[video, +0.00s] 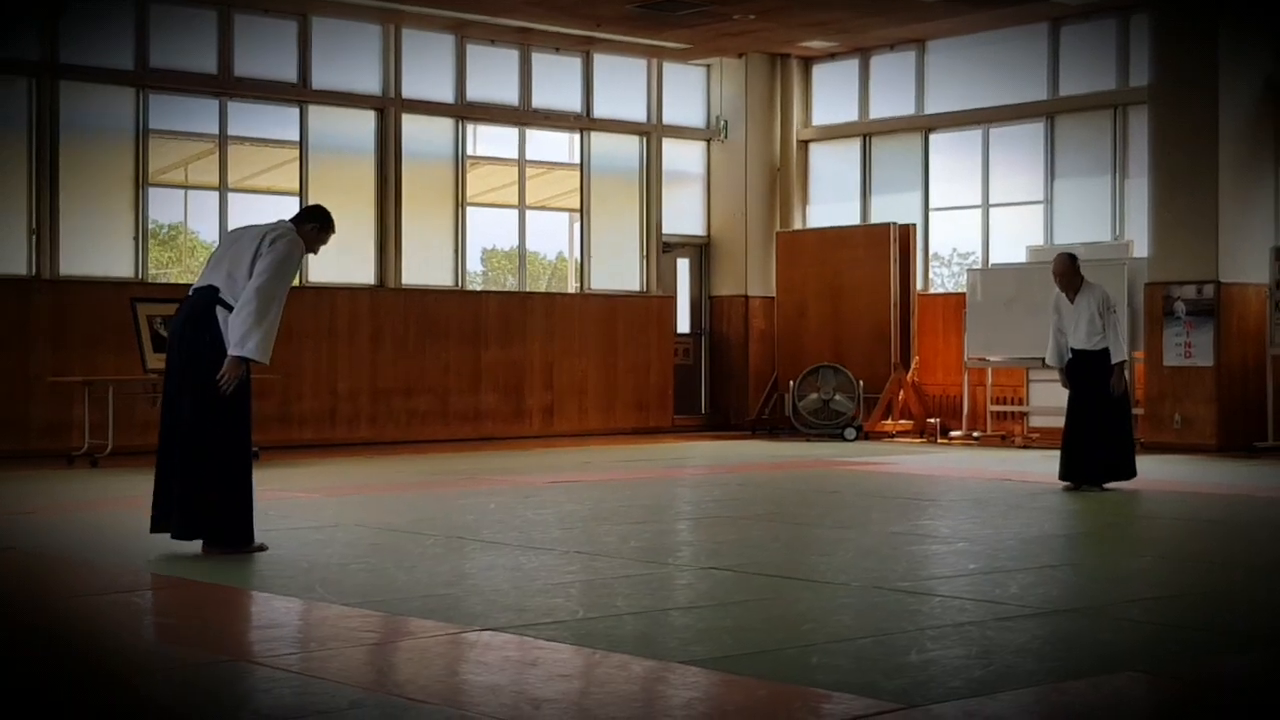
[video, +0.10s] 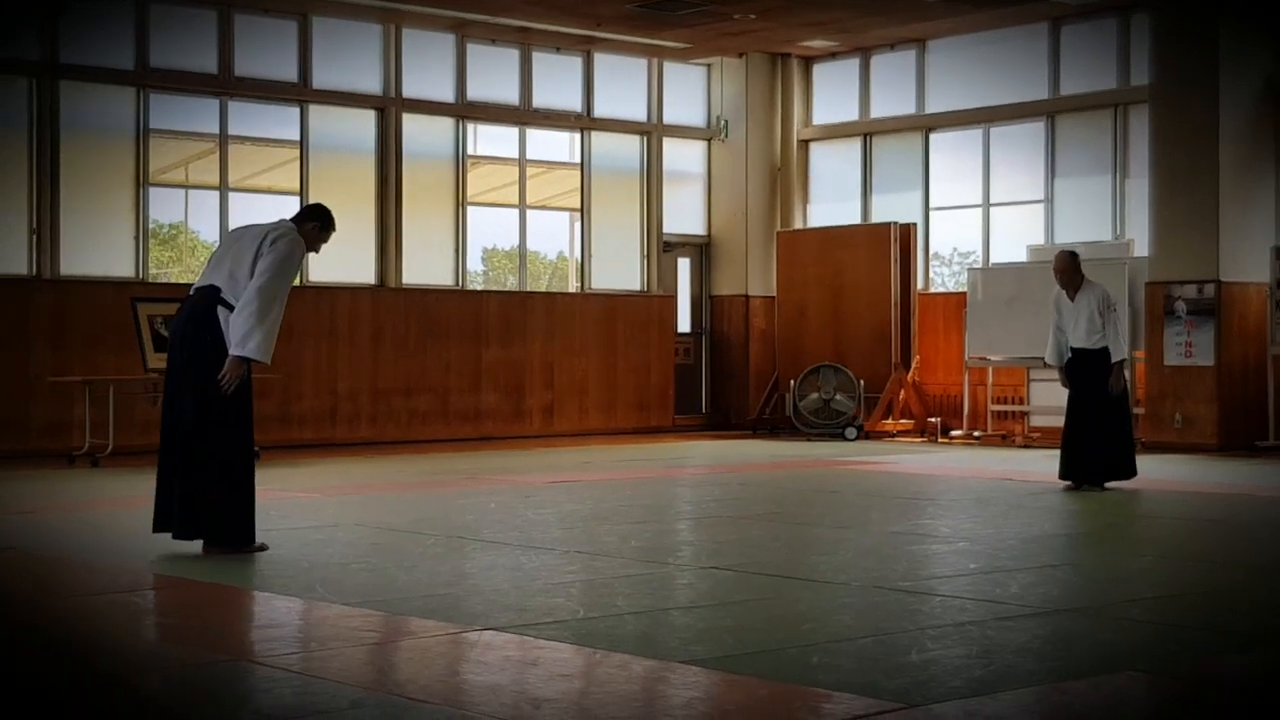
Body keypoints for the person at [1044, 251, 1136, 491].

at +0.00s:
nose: (1058, 281)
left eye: (1062, 275)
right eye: (1055, 276)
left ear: (1076, 271)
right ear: (1053, 276)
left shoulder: (1099, 295)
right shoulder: (1059, 299)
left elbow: (1114, 333)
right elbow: (1058, 335)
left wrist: (1119, 370)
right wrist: (1060, 367)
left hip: (1101, 361)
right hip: (1077, 361)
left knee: (1099, 419)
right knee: (1077, 418)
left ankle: (1096, 477)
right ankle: (1077, 476)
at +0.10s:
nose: (1057, 278)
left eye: (1061, 273)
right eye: (1055, 273)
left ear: (1076, 270)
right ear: (1055, 273)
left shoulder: (1099, 294)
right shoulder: (1059, 297)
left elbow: (1114, 332)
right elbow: (1058, 333)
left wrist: (1118, 369)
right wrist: (1060, 367)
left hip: (1100, 359)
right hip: (1077, 360)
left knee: (1099, 419)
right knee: (1077, 418)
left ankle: (1097, 476)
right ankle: (1078, 475)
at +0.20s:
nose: (1059, 275)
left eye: (1063, 270)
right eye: (1057, 270)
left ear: (1079, 267)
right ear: (1057, 271)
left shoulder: (1101, 292)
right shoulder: (1061, 295)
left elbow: (1114, 331)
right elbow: (1058, 331)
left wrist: (1118, 367)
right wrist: (1059, 366)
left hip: (1100, 358)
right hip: (1076, 359)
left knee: (1100, 418)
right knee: (1078, 417)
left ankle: (1098, 475)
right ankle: (1080, 474)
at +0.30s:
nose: (1059, 271)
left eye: (1064, 266)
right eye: (1058, 266)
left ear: (1080, 265)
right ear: (1060, 266)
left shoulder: (1101, 291)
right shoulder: (1062, 294)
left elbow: (1114, 331)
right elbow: (1058, 330)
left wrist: (1116, 368)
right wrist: (1058, 365)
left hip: (1099, 356)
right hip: (1075, 357)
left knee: (1099, 417)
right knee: (1077, 417)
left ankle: (1099, 475)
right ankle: (1080, 474)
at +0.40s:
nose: (1059, 267)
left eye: (1063, 262)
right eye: (1058, 262)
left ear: (1080, 263)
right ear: (1060, 264)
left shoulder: (1100, 291)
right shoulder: (1060, 293)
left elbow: (1111, 330)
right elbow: (1056, 329)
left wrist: (1111, 367)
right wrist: (1054, 362)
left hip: (1097, 357)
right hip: (1072, 357)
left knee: (1098, 418)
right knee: (1074, 417)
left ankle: (1100, 475)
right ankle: (1080, 473)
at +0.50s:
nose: (1058, 266)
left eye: (1062, 261)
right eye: (1056, 261)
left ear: (1078, 261)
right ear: (1059, 263)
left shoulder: (1097, 289)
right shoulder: (1060, 291)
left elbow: (1107, 329)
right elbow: (1054, 328)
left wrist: (1106, 366)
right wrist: (1051, 362)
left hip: (1093, 356)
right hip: (1068, 357)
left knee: (1096, 418)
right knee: (1067, 417)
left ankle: (1099, 475)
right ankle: (1070, 472)